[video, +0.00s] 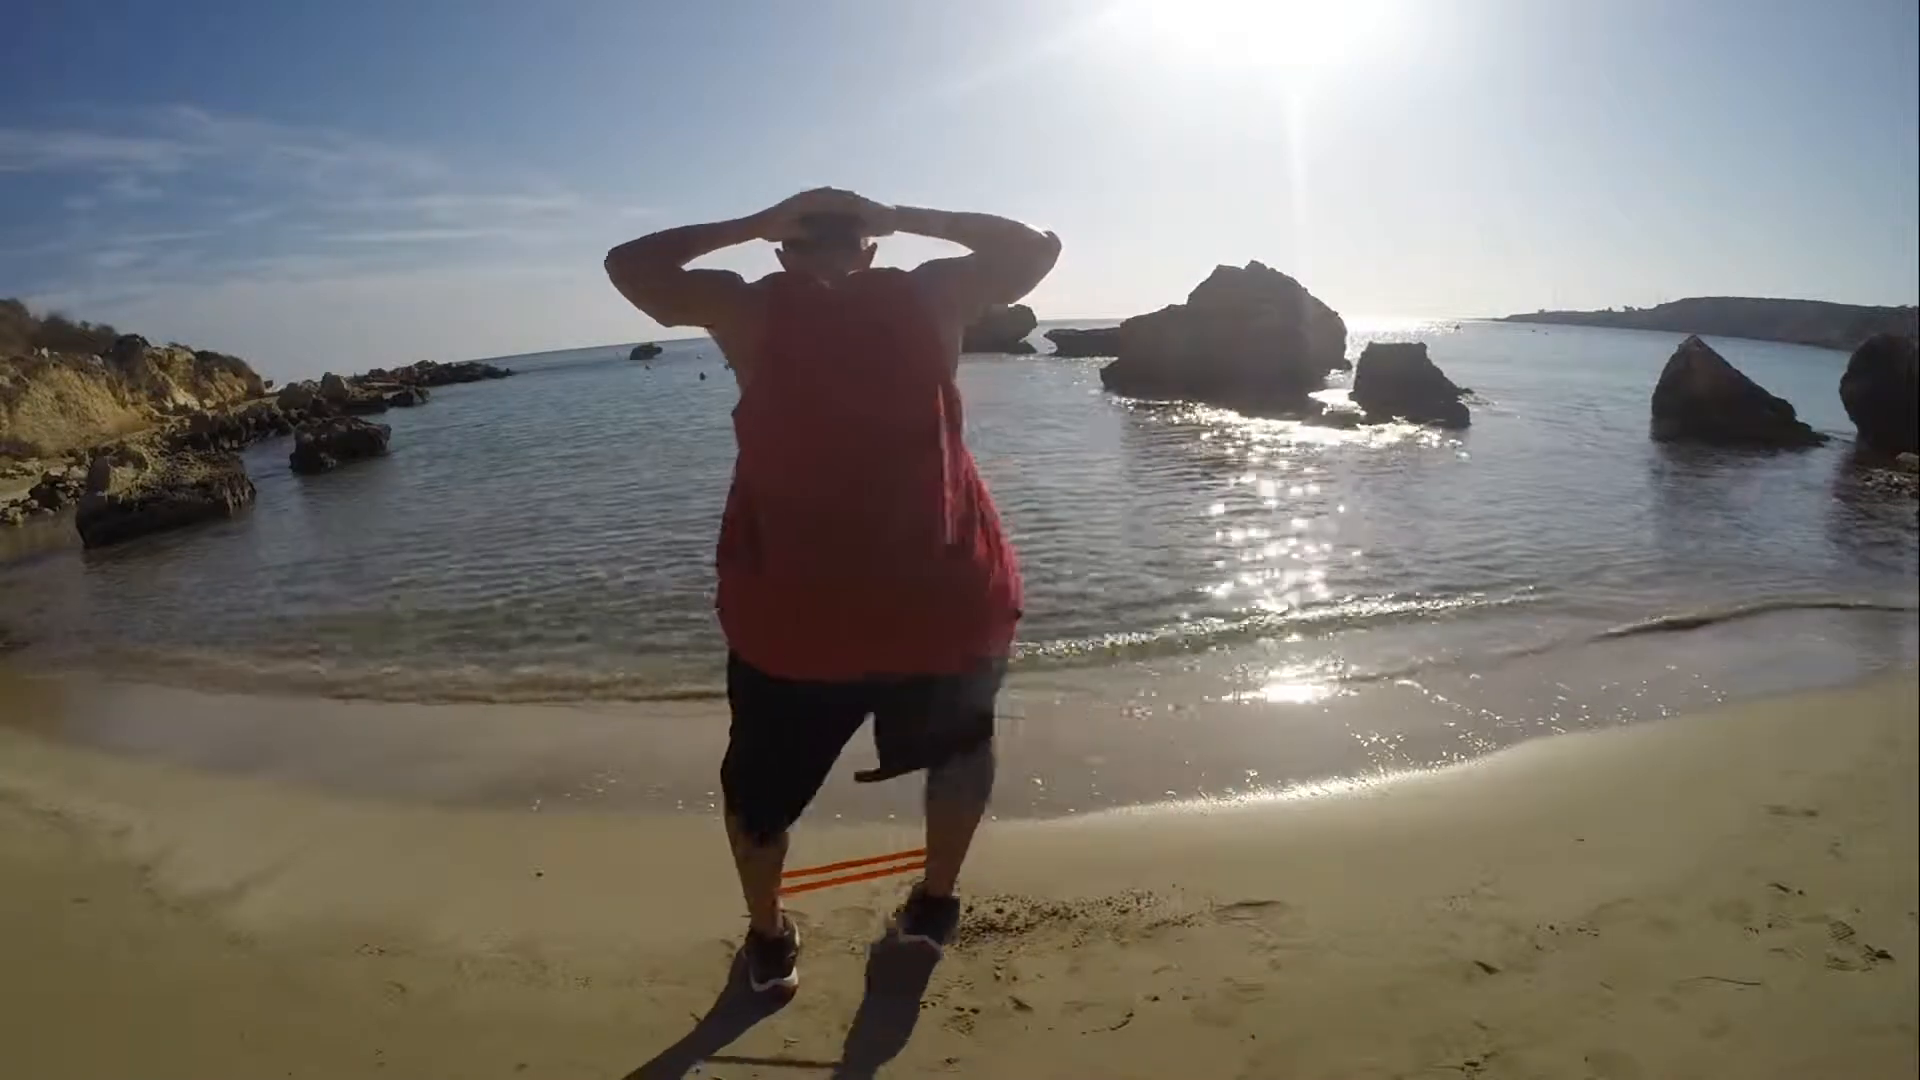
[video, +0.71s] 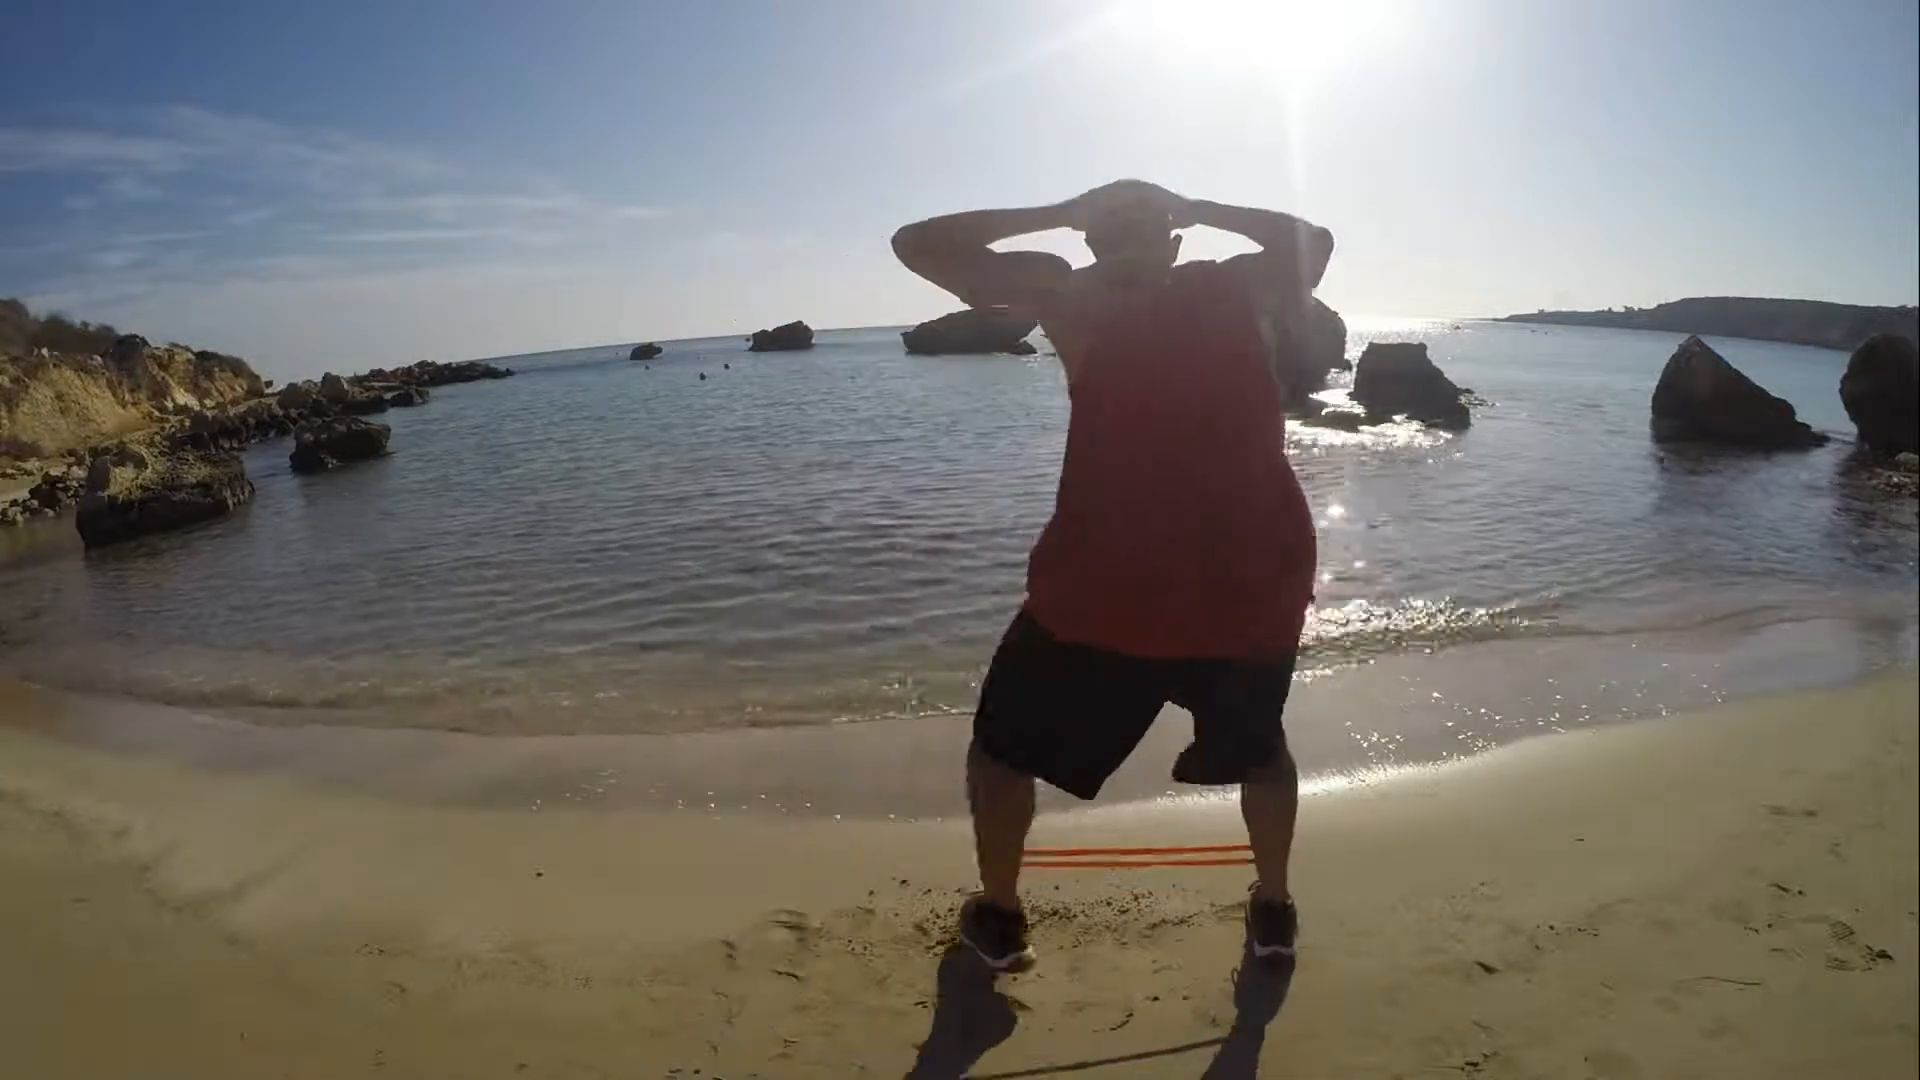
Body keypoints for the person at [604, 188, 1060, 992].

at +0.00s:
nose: (827, 234)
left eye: (811, 224)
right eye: (839, 224)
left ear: (780, 249)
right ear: (872, 245)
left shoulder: (743, 311)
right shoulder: (929, 298)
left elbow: (627, 264)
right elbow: (1034, 247)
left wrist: (751, 226)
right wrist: (900, 217)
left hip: (794, 601)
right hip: (939, 594)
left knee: (756, 786)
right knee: (961, 740)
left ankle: (767, 940)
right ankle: (935, 902)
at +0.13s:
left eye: (812, 234)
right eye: (850, 229)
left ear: (788, 248)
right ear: (873, 241)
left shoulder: (752, 310)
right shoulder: (932, 288)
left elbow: (637, 272)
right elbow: (1037, 235)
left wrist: (756, 229)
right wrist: (900, 213)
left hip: (819, 589)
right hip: (971, 570)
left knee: (778, 773)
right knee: (1046, 718)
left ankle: (771, 936)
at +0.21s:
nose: (852, 246)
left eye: (828, 237)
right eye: (870, 230)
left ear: (804, 252)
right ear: (891, 244)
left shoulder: (770, 313)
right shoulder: (951, 287)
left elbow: (652, 279)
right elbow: (1055, 231)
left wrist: (772, 231)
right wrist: (917, 210)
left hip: (850, 588)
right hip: (1003, 566)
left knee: (791, 773)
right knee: (1113, 726)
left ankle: (776, 941)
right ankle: (1171, 878)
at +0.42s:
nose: (933, 271)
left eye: (930, 258)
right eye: (937, 255)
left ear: (913, 271)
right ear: (1000, 264)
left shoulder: (886, 335)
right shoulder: (1068, 311)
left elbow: (750, 291)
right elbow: (1155, 252)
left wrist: (879, 248)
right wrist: (1025, 233)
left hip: (951, 620)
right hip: (1104, 609)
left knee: (839, 775)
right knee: (1194, 764)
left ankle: (785, 933)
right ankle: (1266, 907)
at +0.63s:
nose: (1100, 243)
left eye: (1087, 234)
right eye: (1108, 229)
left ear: (1066, 250)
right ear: (1142, 245)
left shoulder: (1042, 311)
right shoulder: (1206, 296)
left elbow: (881, 261)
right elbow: (1280, 243)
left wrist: (1023, 228)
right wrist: (1164, 217)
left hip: (1080, 569)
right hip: (1225, 574)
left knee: (940, 742)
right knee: (1249, 742)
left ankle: (891, 913)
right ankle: (1272, 908)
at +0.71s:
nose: (1115, 237)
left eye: (1111, 227)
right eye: (1124, 224)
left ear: (1095, 241)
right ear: (1172, 234)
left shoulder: (1074, 302)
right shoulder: (1244, 288)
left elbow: (917, 243)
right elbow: (1310, 238)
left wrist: (1058, 214)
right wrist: (1200, 209)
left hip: (1108, 563)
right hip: (1252, 566)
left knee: (1003, 736)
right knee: (1259, 740)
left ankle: (998, 912)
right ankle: (1273, 908)